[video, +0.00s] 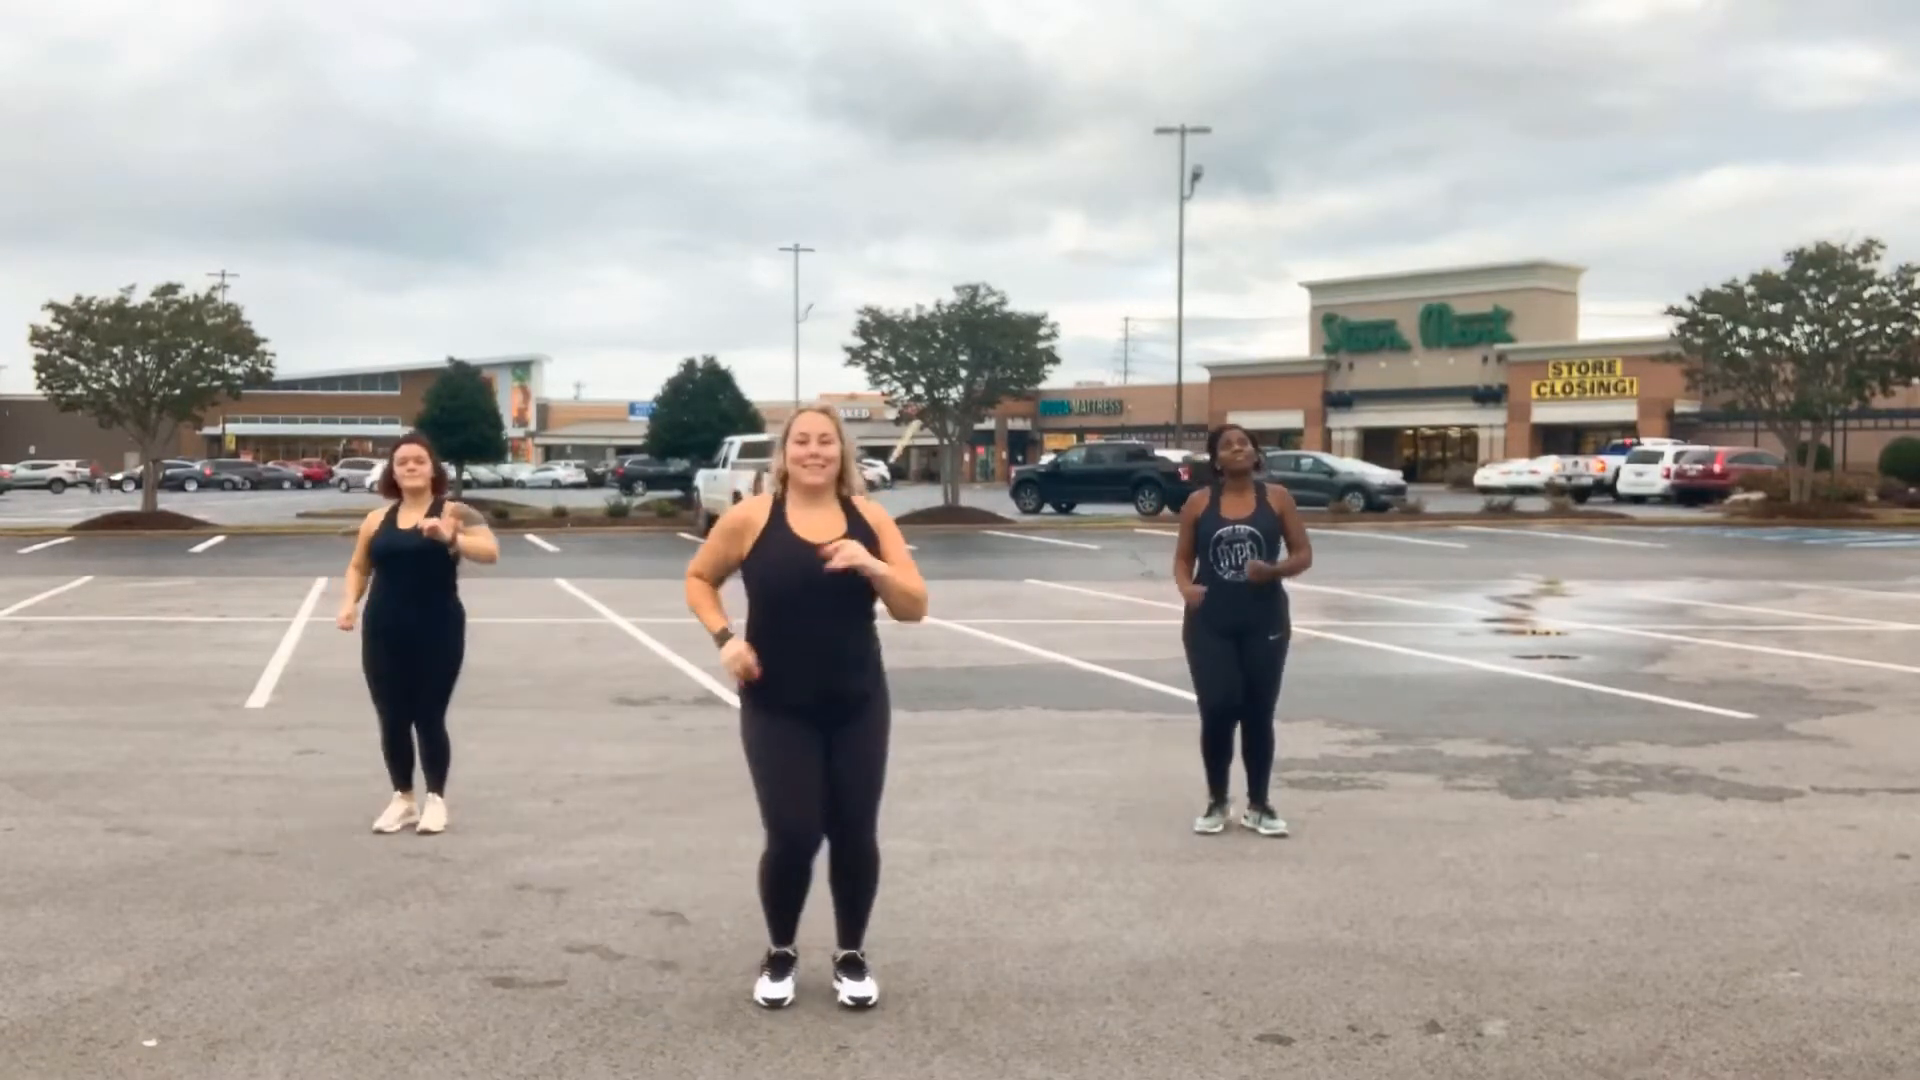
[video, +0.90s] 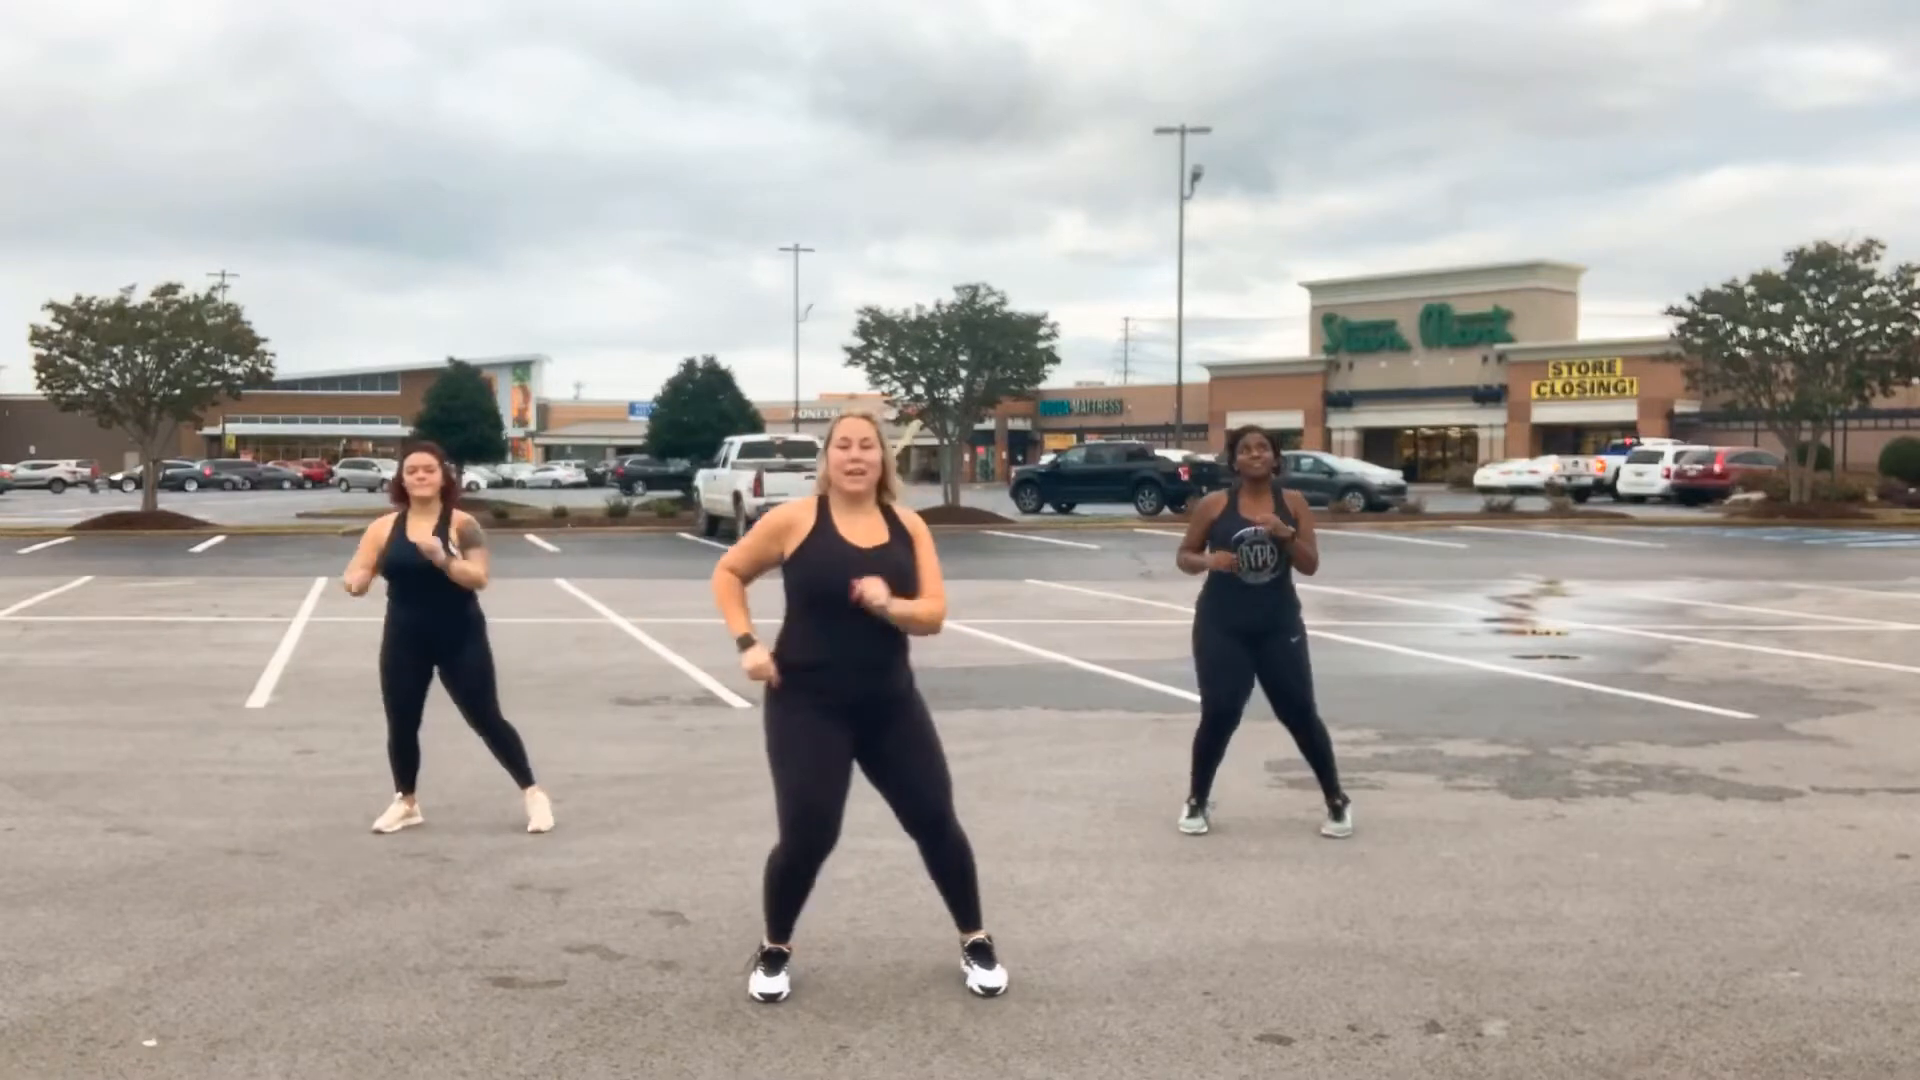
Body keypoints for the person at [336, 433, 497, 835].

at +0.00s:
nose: (411, 468)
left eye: (419, 461)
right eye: (403, 462)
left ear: (434, 469)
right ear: (392, 472)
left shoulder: (456, 514)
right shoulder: (377, 520)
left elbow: (490, 551)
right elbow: (358, 567)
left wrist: (455, 537)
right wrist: (350, 603)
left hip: (437, 631)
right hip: (383, 631)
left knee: (428, 716)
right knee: (392, 718)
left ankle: (435, 799)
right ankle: (403, 798)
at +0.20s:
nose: (416, 471)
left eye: (424, 465)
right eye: (408, 466)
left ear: (438, 473)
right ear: (397, 476)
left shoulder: (459, 523)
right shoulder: (377, 527)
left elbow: (470, 571)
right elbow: (366, 588)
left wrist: (456, 586)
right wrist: (362, 640)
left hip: (445, 638)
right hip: (388, 638)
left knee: (452, 719)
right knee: (397, 724)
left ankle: (447, 794)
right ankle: (404, 799)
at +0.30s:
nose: (420, 474)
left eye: (427, 468)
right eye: (412, 469)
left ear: (441, 476)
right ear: (400, 479)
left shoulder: (462, 526)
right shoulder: (378, 529)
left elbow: (482, 577)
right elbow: (364, 583)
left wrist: (483, 618)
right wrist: (359, 632)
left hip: (453, 642)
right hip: (397, 644)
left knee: (468, 715)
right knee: (402, 725)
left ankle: (481, 788)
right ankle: (405, 800)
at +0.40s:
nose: (426, 472)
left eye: (433, 466)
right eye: (418, 467)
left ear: (447, 475)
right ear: (405, 477)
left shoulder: (469, 523)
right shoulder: (383, 524)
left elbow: (512, 566)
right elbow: (346, 570)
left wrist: (521, 610)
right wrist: (361, 595)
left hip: (465, 635)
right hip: (410, 638)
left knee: (481, 716)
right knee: (408, 724)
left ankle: (527, 788)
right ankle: (405, 800)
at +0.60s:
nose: (434, 477)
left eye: (442, 470)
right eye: (426, 471)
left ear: (457, 478)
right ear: (415, 481)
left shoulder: (480, 516)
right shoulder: (400, 527)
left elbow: (529, 535)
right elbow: (355, 567)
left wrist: (538, 583)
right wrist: (389, 542)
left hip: (487, 637)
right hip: (438, 646)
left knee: (510, 716)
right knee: (417, 730)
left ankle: (542, 793)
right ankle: (409, 801)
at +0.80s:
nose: (426, 479)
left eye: (434, 472)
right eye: (417, 473)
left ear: (448, 479)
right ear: (407, 483)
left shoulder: (470, 526)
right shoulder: (393, 532)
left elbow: (502, 576)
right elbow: (376, 594)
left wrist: (494, 604)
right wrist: (378, 564)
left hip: (472, 642)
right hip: (418, 645)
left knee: (498, 721)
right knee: (406, 731)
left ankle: (538, 794)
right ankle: (407, 802)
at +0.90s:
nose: (421, 477)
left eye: (429, 470)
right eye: (412, 471)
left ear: (444, 476)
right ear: (402, 480)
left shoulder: (462, 524)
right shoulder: (384, 527)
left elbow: (479, 579)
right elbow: (357, 574)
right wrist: (357, 580)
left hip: (460, 639)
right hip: (404, 640)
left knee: (486, 720)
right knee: (402, 726)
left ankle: (532, 792)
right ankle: (406, 801)